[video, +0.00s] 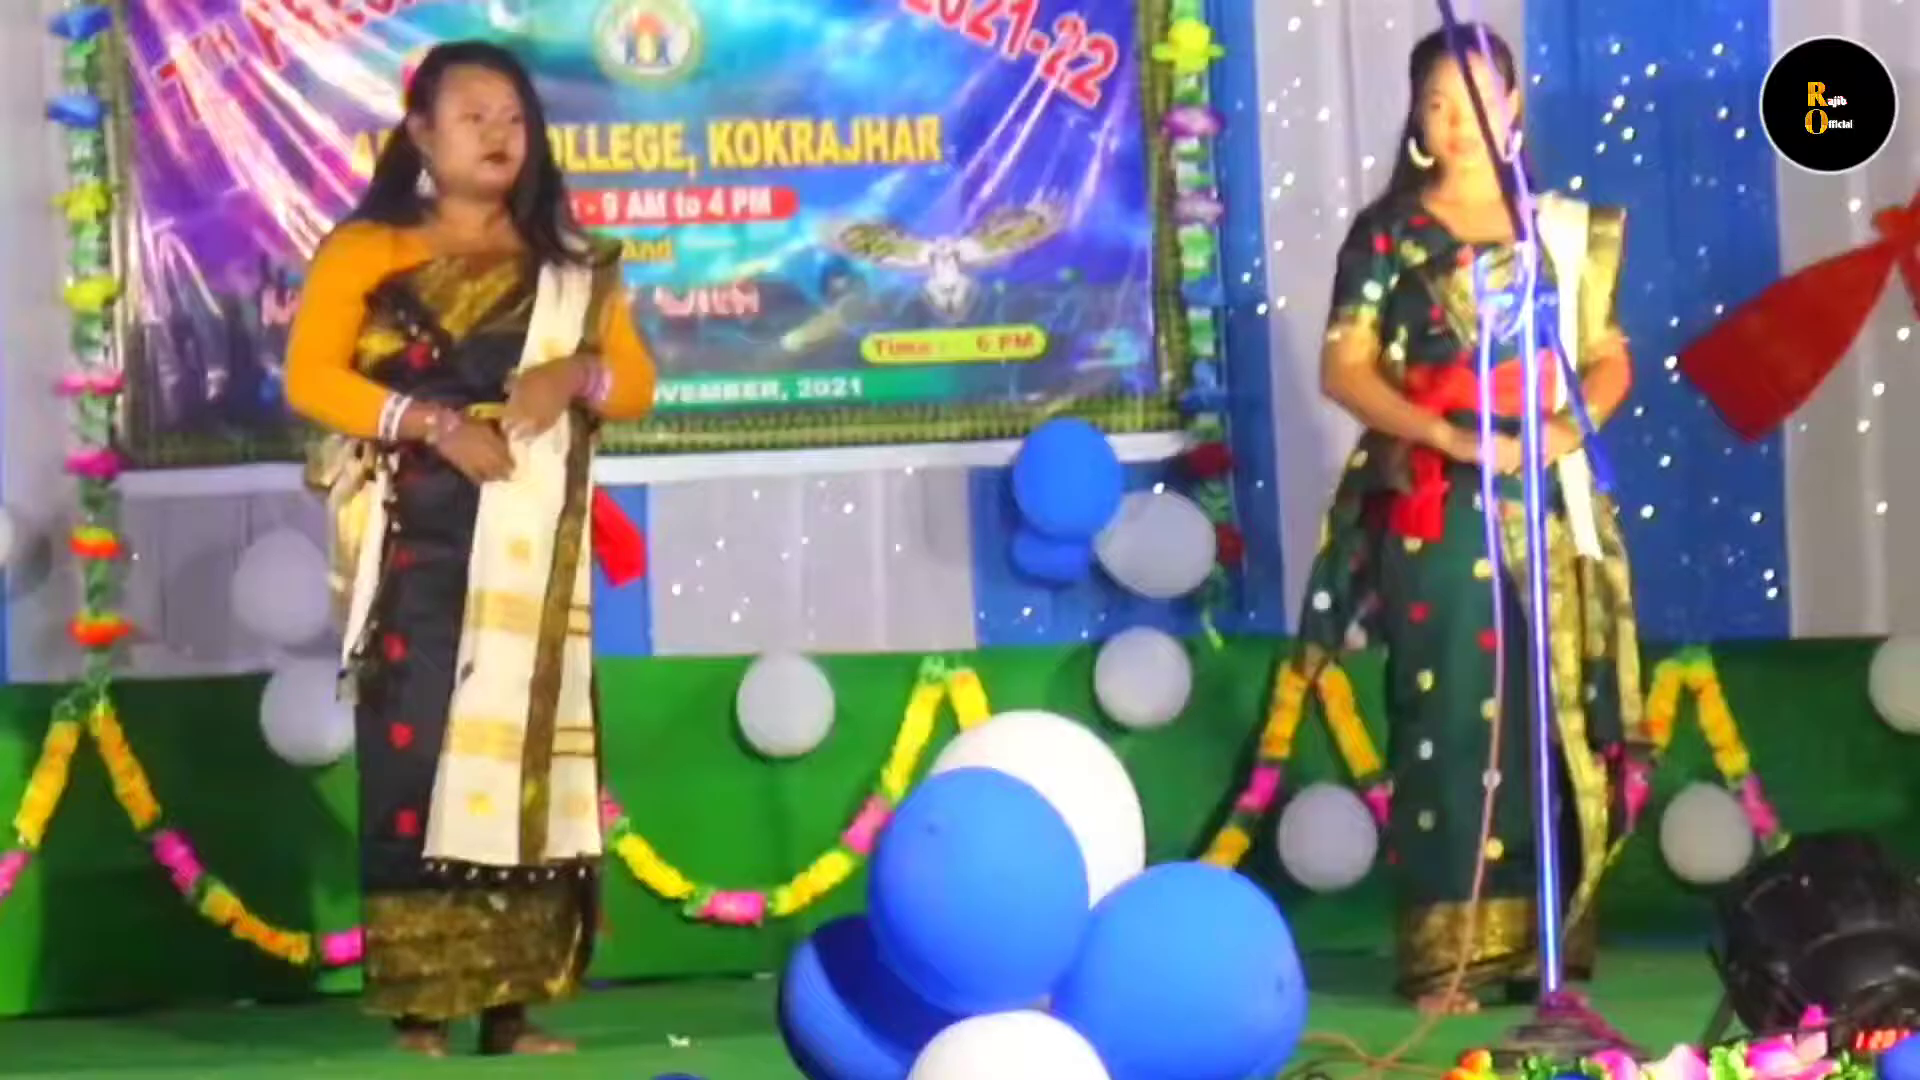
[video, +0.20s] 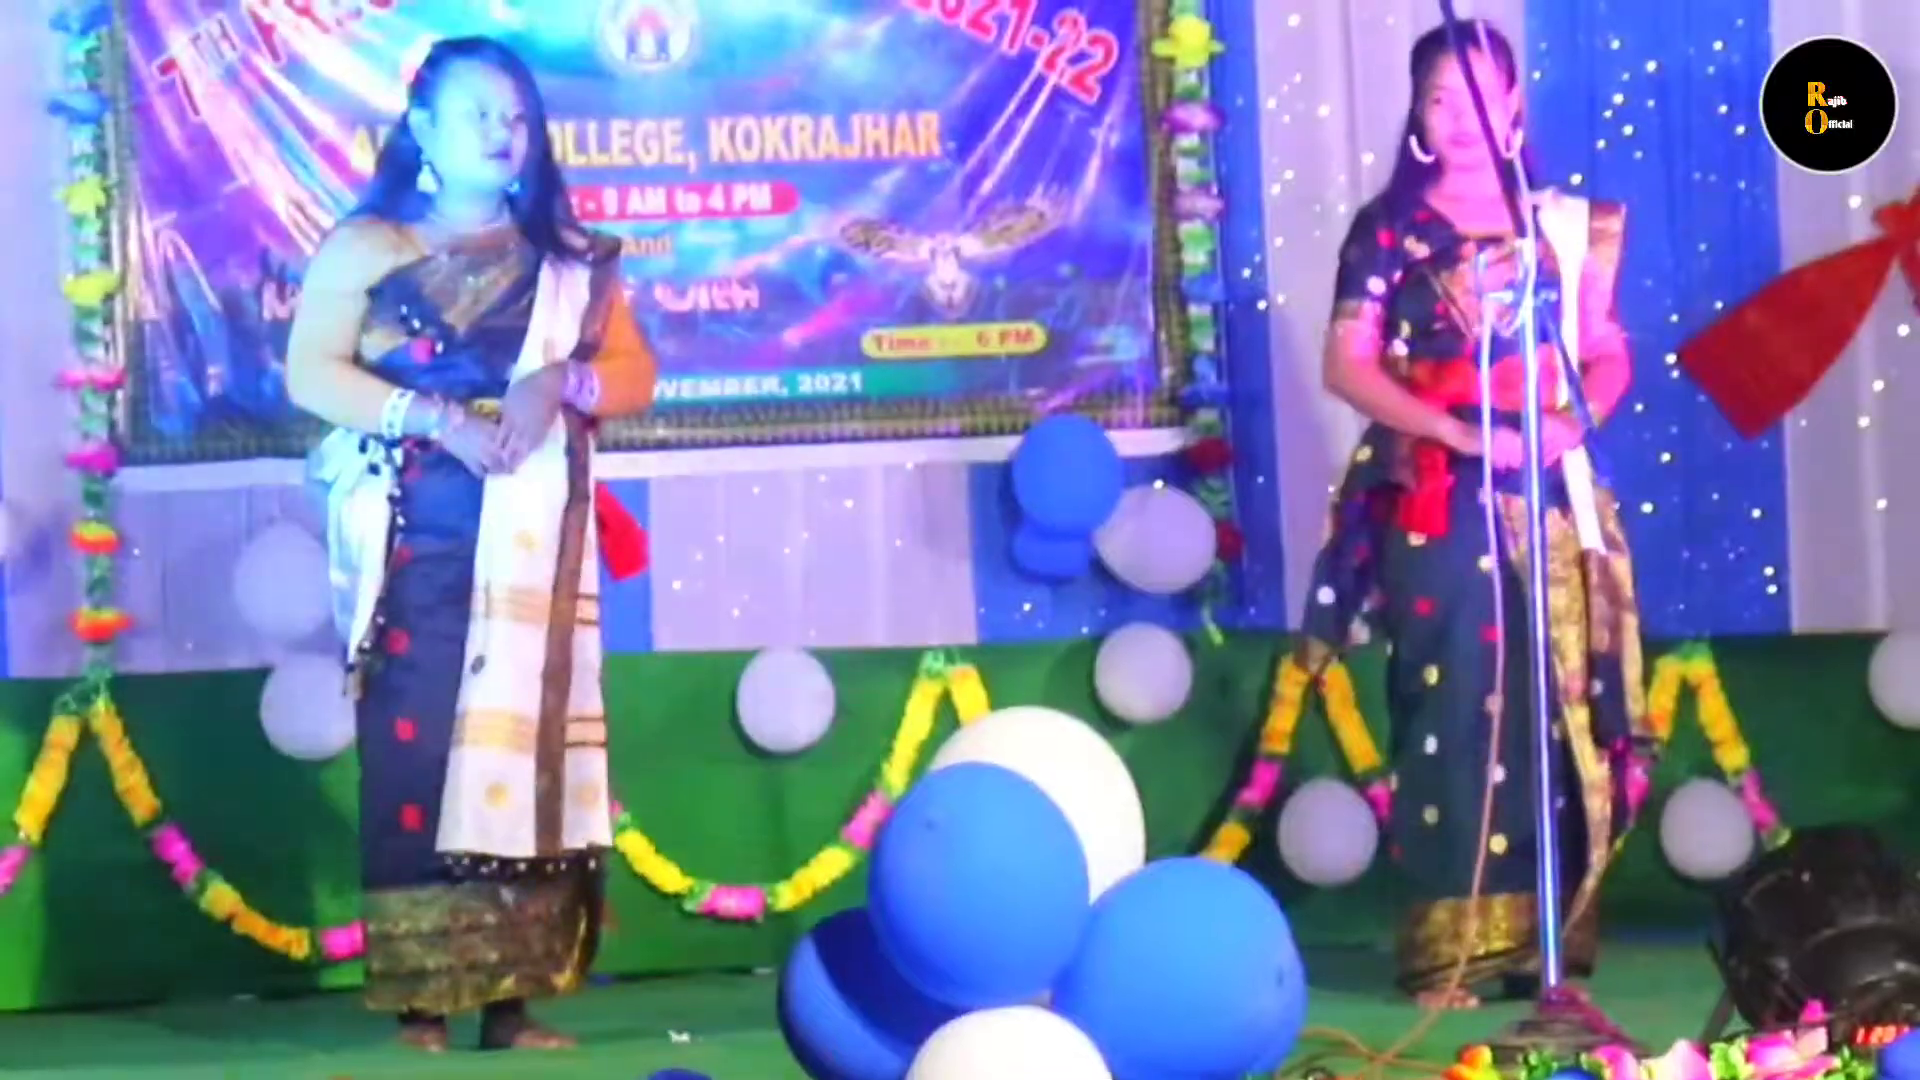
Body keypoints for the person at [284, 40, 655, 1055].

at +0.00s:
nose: (499, 134)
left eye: (514, 117)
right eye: (474, 117)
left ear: (532, 135)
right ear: (422, 135)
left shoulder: (570, 261)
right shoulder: (363, 251)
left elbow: (637, 387)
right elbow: (309, 377)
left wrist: (579, 376)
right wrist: (429, 419)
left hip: (532, 553)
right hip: (415, 549)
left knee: (529, 754)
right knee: (417, 758)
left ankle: (511, 1009)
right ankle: (422, 1011)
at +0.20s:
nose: (505, 136)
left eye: (517, 118)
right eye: (479, 117)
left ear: (534, 131)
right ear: (423, 130)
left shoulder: (571, 255)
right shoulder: (366, 247)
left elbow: (634, 379)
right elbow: (310, 372)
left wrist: (566, 382)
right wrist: (435, 415)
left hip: (539, 546)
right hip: (422, 544)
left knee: (532, 750)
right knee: (421, 755)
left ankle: (511, 1002)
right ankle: (422, 1004)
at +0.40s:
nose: (504, 136)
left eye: (519, 119)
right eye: (479, 118)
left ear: (537, 132)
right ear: (426, 131)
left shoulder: (573, 257)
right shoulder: (368, 246)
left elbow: (639, 378)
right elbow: (311, 371)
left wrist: (565, 378)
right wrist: (436, 412)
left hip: (540, 547)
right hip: (423, 545)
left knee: (532, 753)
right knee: (423, 758)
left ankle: (510, 1001)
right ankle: (424, 1003)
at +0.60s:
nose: (507, 131)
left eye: (521, 114)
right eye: (483, 113)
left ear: (539, 128)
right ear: (429, 129)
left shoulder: (570, 251)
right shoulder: (369, 240)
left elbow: (641, 375)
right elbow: (313, 366)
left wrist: (566, 376)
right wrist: (432, 406)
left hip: (534, 543)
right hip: (418, 539)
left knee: (526, 746)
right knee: (419, 751)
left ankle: (509, 996)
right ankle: (423, 997)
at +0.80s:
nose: (507, 132)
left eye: (523, 115)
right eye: (483, 114)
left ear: (541, 129)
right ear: (431, 127)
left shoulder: (572, 249)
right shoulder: (370, 239)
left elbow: (641, 373)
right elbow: (315, 363)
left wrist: (564, 375)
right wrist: (432, 405)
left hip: (535, 539)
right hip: (419, 535)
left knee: (527, 743)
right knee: (420, 748)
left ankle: (510, 993)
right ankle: (422, 993)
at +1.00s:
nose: (508, 133)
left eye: (524, 115)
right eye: (484, 114)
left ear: (545, 129)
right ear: (433, 126)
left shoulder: (574, 247)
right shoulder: (371, 237)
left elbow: (643, 371)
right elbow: (316, 363)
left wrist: (567, 376)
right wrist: (436, 407)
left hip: (537, 536)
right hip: (422, 531)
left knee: (528, 740)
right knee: (422, 744)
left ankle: (509, 991)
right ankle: (422, 990)